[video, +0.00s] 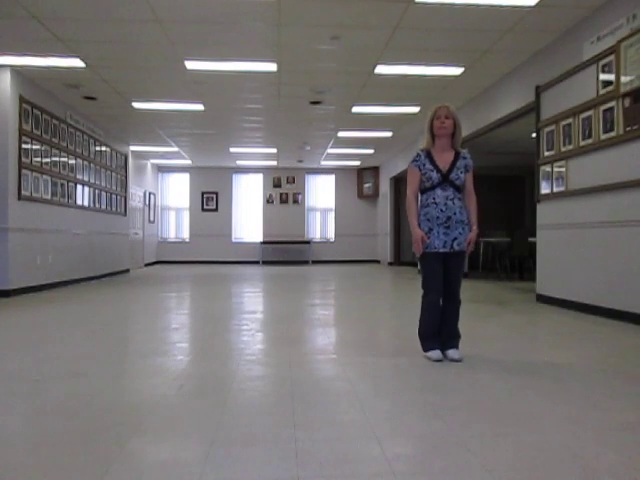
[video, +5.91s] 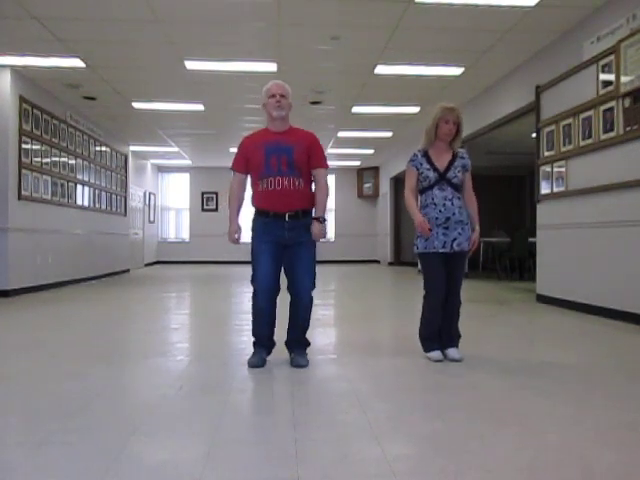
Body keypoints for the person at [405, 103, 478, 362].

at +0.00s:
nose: (443, 122)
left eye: (447, 118)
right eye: (438, 118)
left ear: (455, 125)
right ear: (431, 125)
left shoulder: (464, 158)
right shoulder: (420, 158)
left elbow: (469, 193)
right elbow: (411, 196)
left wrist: (474, 226)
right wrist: (414, 228)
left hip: (458, 229)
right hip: (430, 229)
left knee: (453, 290)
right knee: (432, 290)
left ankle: (450, 343)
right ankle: (431, 344)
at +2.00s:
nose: (447, 125)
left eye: (451, 122)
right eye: (443, 121)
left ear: (455, 128)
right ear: (432, 126)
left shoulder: (461, 160)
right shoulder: (418, 160)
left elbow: (470, 195)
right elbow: (409, 197)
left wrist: (477, 229)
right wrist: (415, 226)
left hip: (457, 231)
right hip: (429, 232)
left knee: (453, 291)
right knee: (434, 290)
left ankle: (451, 343)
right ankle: (431, 344)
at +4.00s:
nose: (442, 128)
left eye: (447, 124)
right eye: (437, 123)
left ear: (452, 129)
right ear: (429, 126)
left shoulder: (460, 157)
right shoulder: (416, 159)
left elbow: (470, 190)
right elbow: (408, 195)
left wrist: (479, 222)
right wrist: (411, 225)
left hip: (458, 229)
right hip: (429, 230)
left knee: (453, 289)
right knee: (433, 288)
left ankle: (451, 342)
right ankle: (431, 344)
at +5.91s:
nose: (449, 127)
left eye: (453, 124)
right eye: (444, 122)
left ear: (457, 129)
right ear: (435, 125)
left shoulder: (462, 158)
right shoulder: (418, 158)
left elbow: (468, 193)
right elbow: (409, 193)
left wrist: (476, 226)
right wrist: (417, 216)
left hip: (459, 230)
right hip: (431, 230)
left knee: (453, 290)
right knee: (435, 289)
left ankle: (450, 343)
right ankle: (431, 344)